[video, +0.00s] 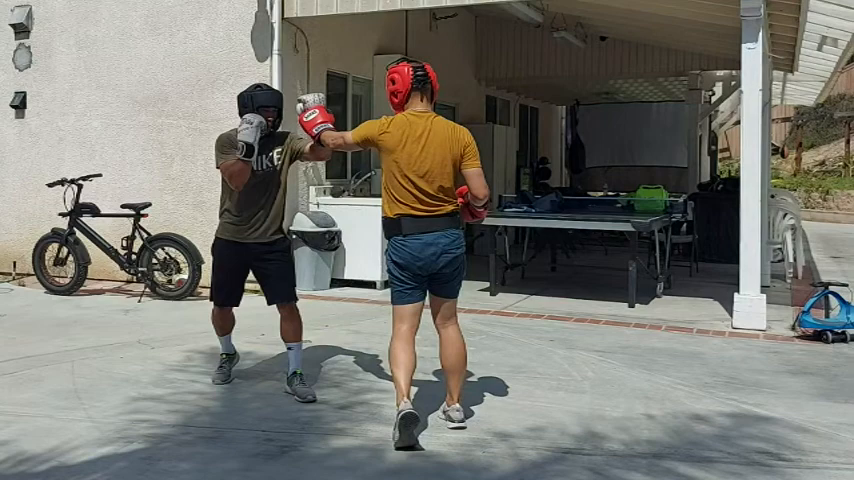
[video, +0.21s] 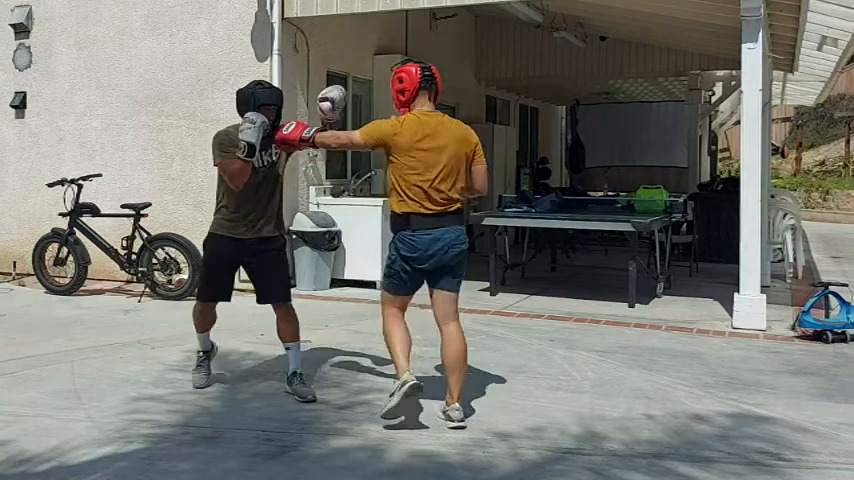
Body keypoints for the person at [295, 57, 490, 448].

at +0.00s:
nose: (391, 97)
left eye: (393, 91)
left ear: (399, 93)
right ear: (432, 92)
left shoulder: (386, 128)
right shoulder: (457, 133)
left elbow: (337, 140)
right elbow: (480, 192)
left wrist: (317, 123)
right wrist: (472, 206)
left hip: (404, 240)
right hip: (446, 238)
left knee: (404, 326)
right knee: (447, 319)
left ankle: (404, 404)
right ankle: (454, 406)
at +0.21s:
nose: (398, 99)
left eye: (400, 93)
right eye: (400, 93)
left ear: (405, 94)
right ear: (435, 93)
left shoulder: (394, 128)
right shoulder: (464, 132)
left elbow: (342, 139)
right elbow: (480, 188)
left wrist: (304, 135)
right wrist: (450, 186)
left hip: (412, 235)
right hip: (453, 234)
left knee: (394, 308)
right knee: (449, 319)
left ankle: (404, 376)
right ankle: (454, 404)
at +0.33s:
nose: (395, 100)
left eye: (397, 93)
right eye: (396, 94)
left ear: (404, 95)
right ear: (434, 95)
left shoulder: (398, 129)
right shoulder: (460, 134)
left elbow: (345, 142)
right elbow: (461, 183)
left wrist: (305, 144)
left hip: (410, 232)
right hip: (450, 231)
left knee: (391, 304)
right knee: (446, 316)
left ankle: (392, 387)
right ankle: (454, 402)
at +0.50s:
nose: (388, 107)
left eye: (391, 101)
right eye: (389, 101)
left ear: (402, 102)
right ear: (427, 103)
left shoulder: (394, 133)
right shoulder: (449, 139)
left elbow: (341, 154)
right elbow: (423, 166)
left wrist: (301, 166)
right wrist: (386, 161)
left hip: (409, 236)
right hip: (445, 235)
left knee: (388, 308)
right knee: (438, 305)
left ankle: (388, 388)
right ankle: (455, 366)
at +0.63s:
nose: (389, 104)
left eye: (391, 98)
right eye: (389, 98)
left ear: (401, 99)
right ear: (425, 99)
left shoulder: (399, 129)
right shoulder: (448, 135)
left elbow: (369, 167)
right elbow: (431, 178)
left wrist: (334, 197)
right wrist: (393, 168)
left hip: (414, 228)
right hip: (447, 226)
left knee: (391, 304)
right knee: (443, 293)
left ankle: (386, 384)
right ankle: (466, 358)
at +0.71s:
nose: (391, 106)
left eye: (393, 99)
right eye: (391, 99)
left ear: (406, 99)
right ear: (425, 100)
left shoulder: (404, 128)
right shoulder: (448, 134)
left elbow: (390, 175)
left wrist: (362, 211)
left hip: (419, 228)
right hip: (450, 225)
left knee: (392, 302)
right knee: (448, 295)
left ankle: (387, 383)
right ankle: (475, 360)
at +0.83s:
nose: (396, 115)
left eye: (400, 111)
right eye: (398, 110)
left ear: (413, 114)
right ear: (424, 114)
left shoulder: (422, 143)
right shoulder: (446, 142)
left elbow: (434, 191)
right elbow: (447, 189)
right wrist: (410, 187)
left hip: (430, 237)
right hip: (454, 235)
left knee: (390, 304)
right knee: (458, 301)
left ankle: (392, 383)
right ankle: (493, 361)